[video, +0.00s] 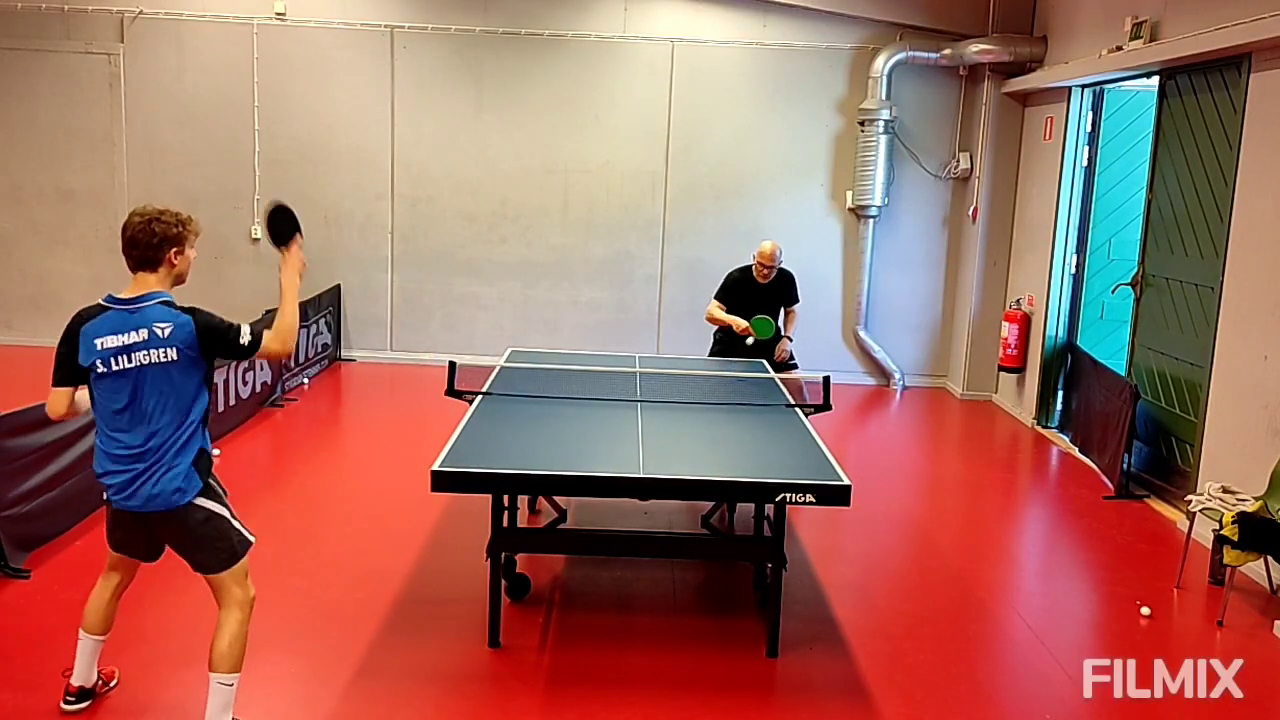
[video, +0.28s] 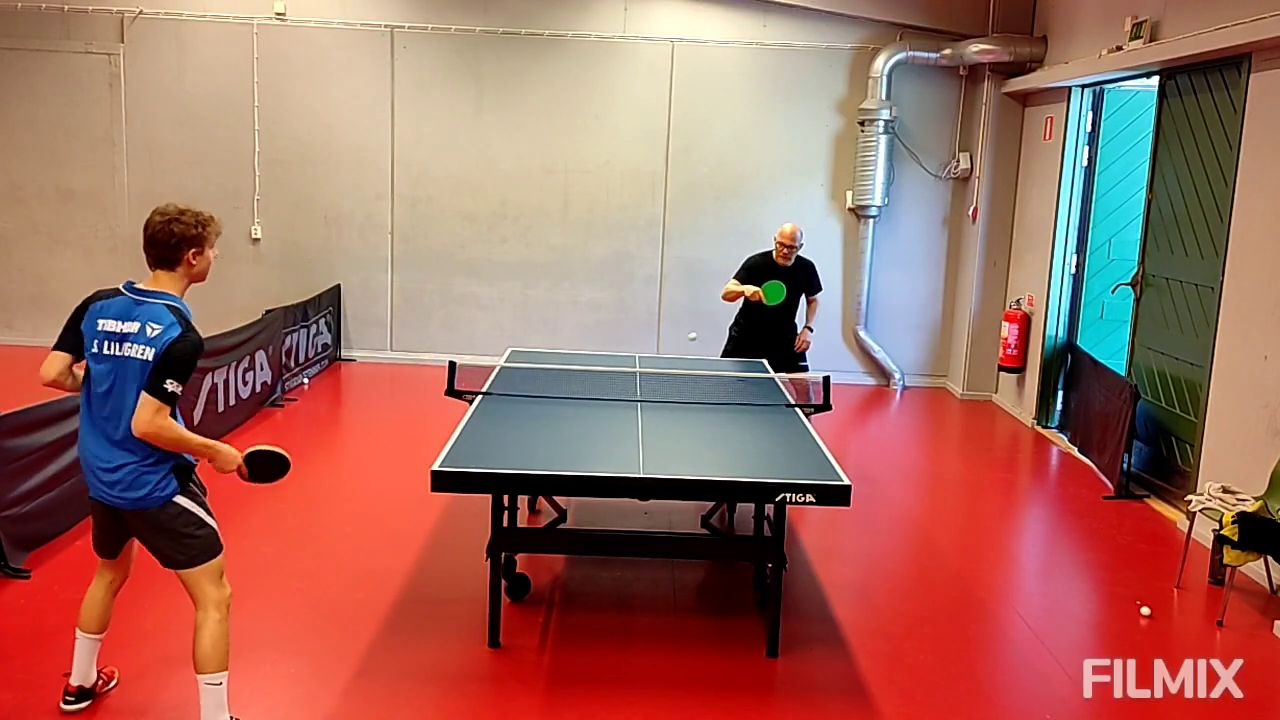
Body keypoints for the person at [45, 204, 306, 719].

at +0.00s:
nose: (193, 258)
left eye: (192, 249)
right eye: (190, 249)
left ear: (134, 257)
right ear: (171, 256)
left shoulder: (86, 324)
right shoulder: (191, 323)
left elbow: (60, 405)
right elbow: (280, 345)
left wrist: (114, 391)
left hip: (123, 492)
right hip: (184, 491)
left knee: (116, 572)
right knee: (238, 597)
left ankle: (80, 683)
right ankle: (219, 714)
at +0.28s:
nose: (212, 257)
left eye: (210, 248)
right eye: (208, 249)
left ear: (155, 253)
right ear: (190, 257)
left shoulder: (99, 304)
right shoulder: (181, 335)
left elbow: (53, 372)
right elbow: (148, 423)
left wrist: (106, 382)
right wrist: (213, 450)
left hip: (103, 479)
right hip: (156, 486)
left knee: (109, 571)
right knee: (213, 597)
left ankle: (80, 683)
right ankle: (216, 715)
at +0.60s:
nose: (298, 314)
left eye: (299, 305)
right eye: (295, 306)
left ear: (246, 299)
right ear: (270, 308)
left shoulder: (209, 327)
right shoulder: (223, 372)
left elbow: (219, 367)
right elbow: (215, 473)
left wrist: (260, 380)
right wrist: (283, 522)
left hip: (127, 484)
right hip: (160, 501)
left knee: (132, 581)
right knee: (247, 609)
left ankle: (82, 682)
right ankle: (266, 714)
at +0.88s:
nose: (390, 343)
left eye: (392, 334)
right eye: (387, 333)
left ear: (339, 325)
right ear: (355, 330)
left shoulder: (280, 341)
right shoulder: (317, 396)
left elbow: (209, 385)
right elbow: (343, 492)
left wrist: (218, 446)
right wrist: (424, 505)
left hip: (175, 489)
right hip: (212, 512)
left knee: (152, 596)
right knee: (302, 616)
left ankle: (99, 693)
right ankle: (280, 715)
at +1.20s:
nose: (365, 271)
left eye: (364, 262)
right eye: (363, 263)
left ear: (304, 262)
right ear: (348, 272)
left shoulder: (251, 305)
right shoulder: (335, 353)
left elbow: (182, 365)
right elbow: (351, 443)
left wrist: (179, 414)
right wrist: (411, 420)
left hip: (203, 480)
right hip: (256, 496)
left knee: (179, 590)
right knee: (304, 611)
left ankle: (127, 701)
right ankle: (280, 716)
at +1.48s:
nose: (302, 263)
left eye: (302, 254)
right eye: (301, 255)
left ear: (241, 258)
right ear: (286, 264)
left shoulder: (193, 314)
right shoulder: (278, 347)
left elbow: (157, 392)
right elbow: (311, 438)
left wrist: (212, 401)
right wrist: (371, 408)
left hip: (182, 494)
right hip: (239, 504)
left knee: (157, 611)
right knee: (298, 609)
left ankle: (118, 715)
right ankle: (279, 716)